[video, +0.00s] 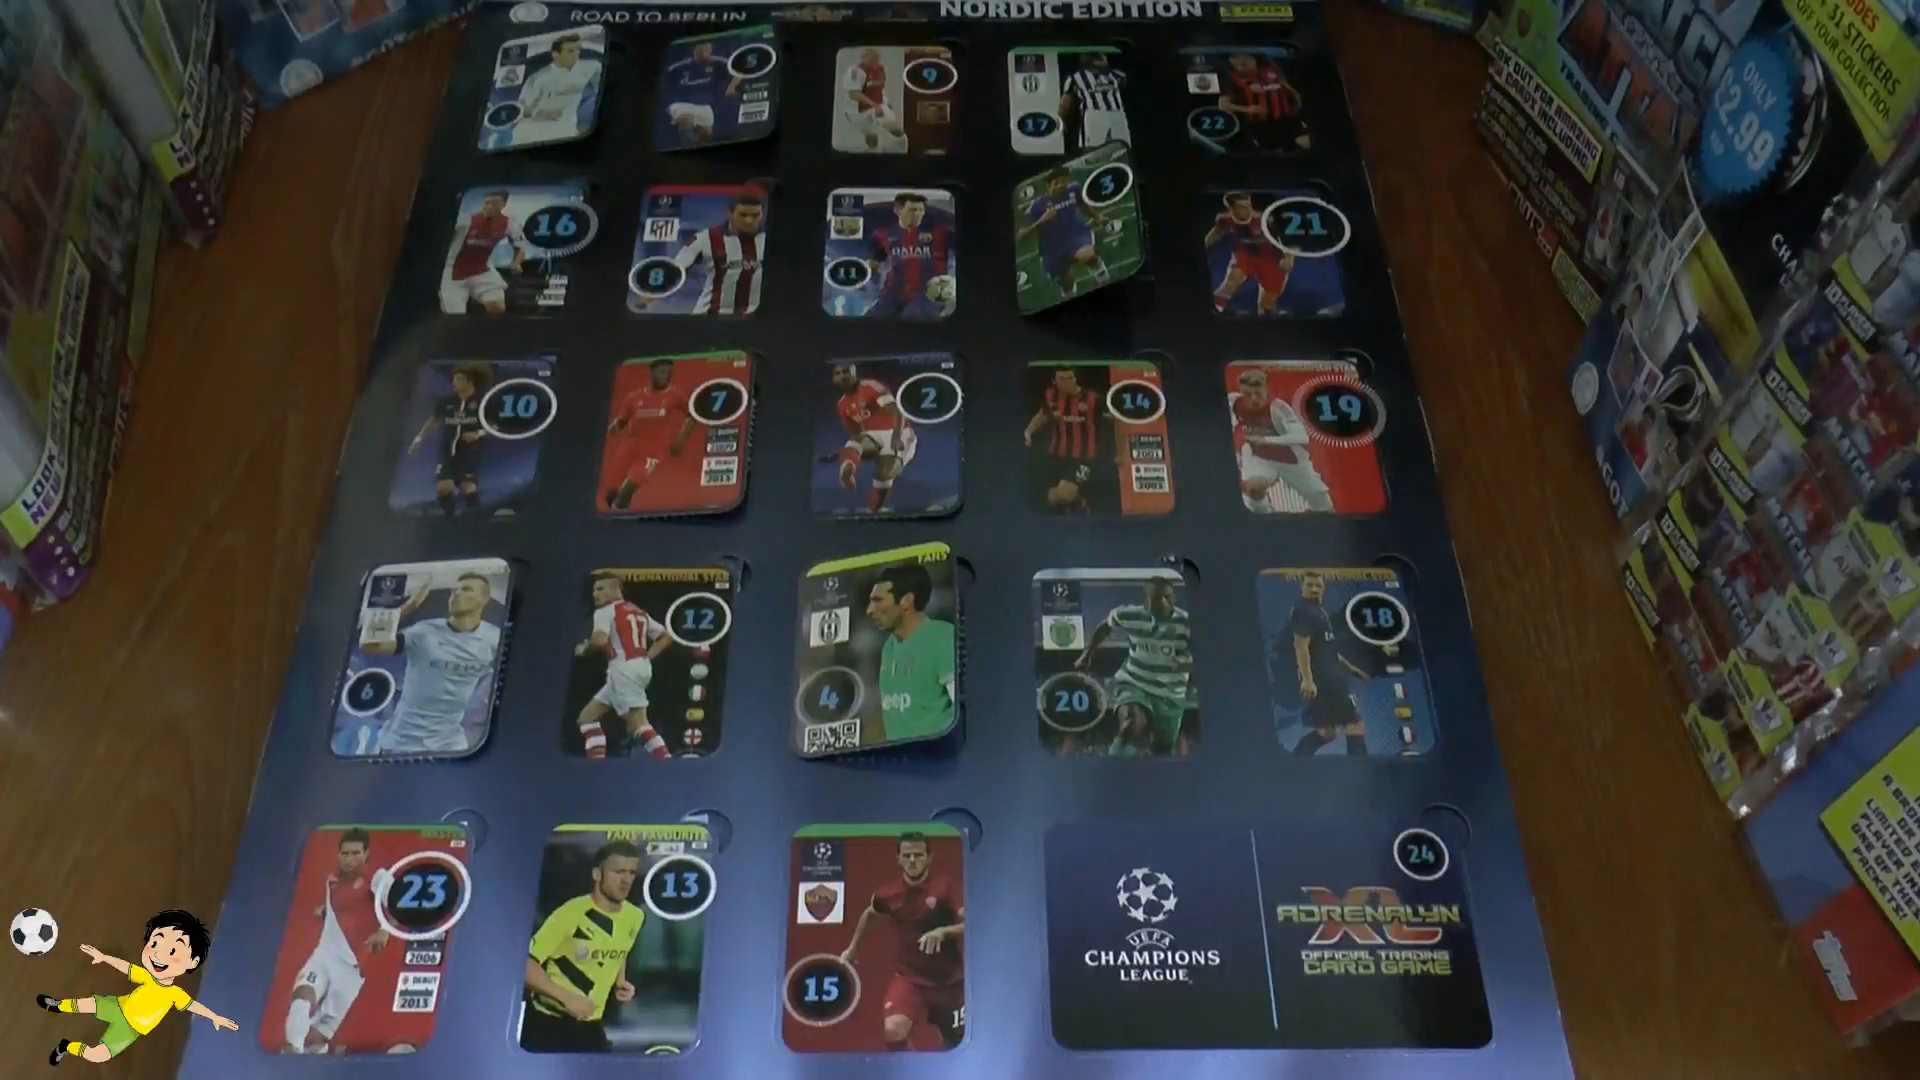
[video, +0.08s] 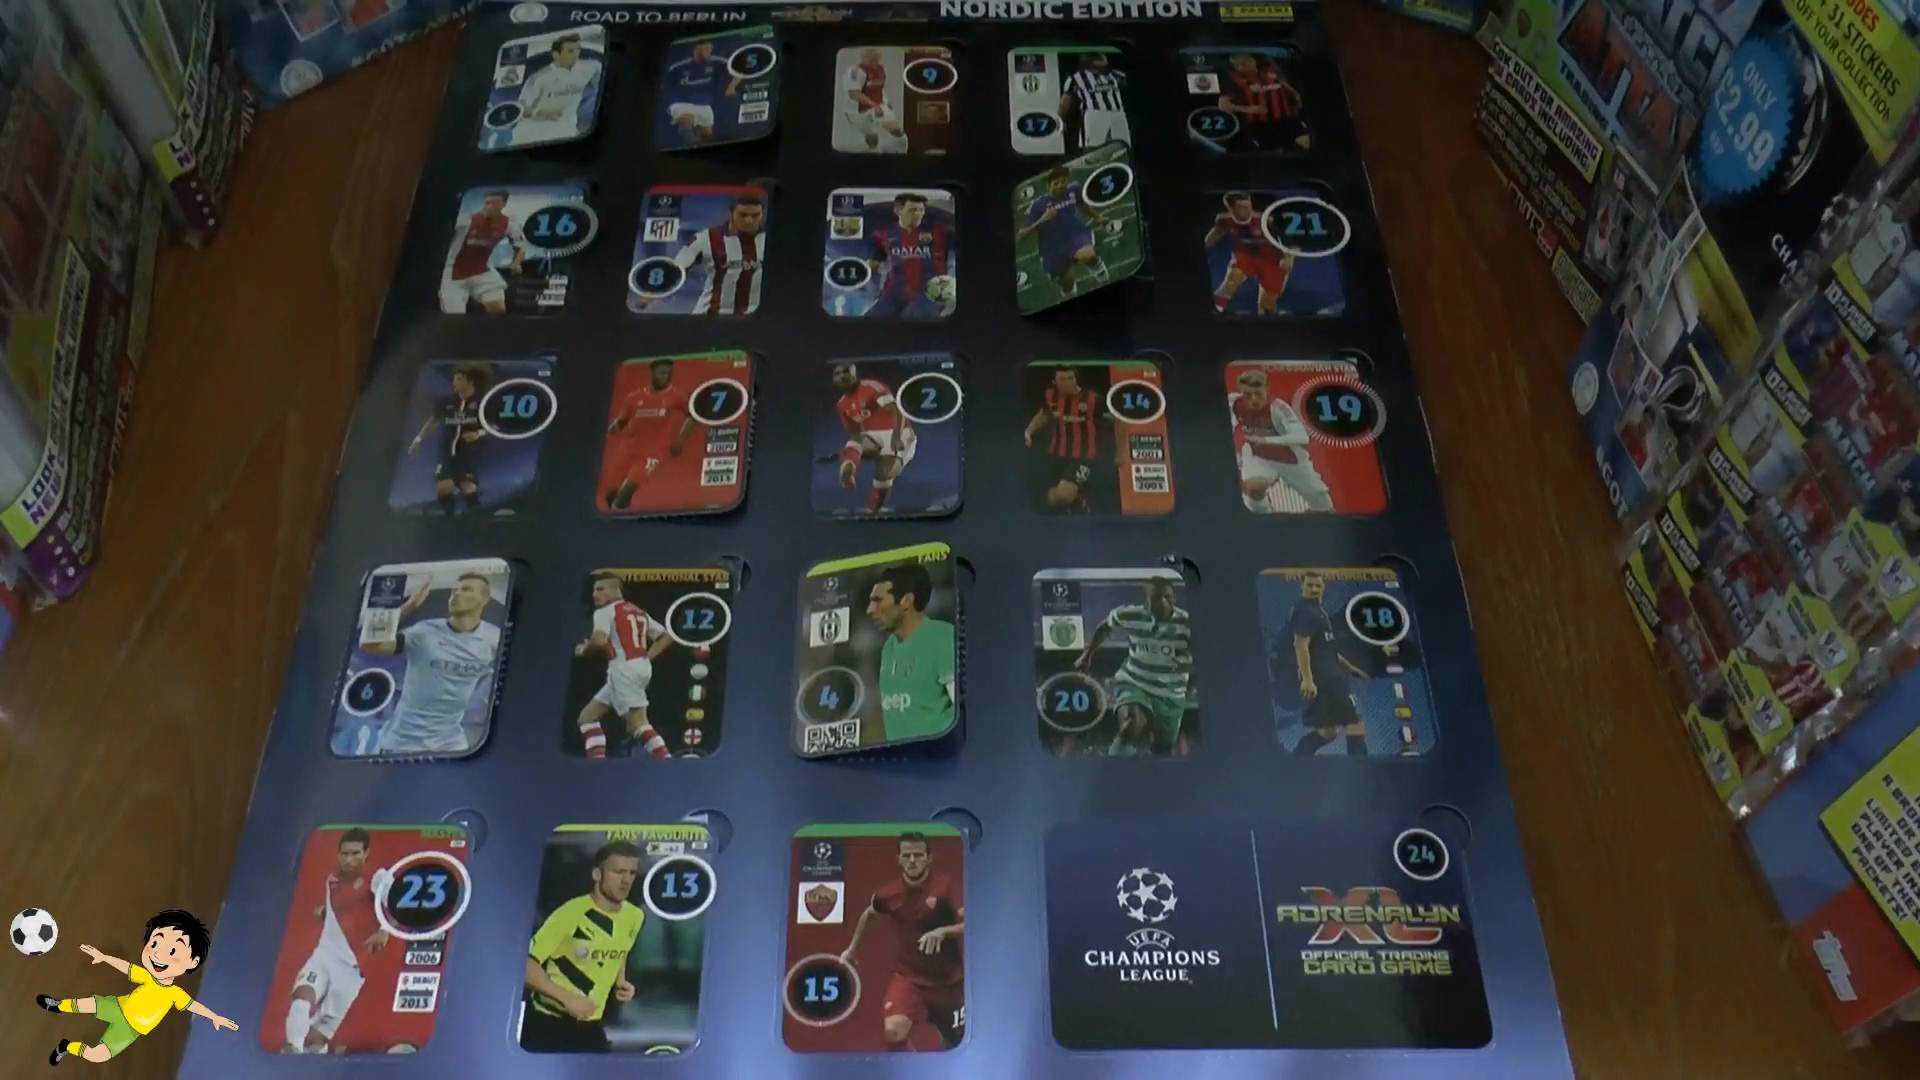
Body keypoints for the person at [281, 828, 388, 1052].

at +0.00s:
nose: (349, 859)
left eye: (355, 853)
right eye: (345, 853)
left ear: (366, 855)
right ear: (338, 854)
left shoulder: (376, 880)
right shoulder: (332, 881)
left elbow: (396, 904)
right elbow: (333, 903)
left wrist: (383, 932)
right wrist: (323, 910)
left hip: (351, 971)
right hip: (324, 956)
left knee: (316, 1038)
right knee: (303, 995)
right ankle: (293, 1048)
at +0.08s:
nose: (349, 860)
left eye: (355, 854)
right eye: (344, 853)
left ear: (366, 855)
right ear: (338, 855)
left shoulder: (376, 879)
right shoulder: (332, 880)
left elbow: (397, 902)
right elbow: (335, 903)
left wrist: (384, 931)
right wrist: (323, 910)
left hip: (351, 971)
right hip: (323, 956)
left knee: (315, 1039)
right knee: (302, 996)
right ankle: (294, 1048)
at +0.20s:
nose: (349, 860)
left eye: (355, 854)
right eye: (344, 853)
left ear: (366, 855)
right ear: (338, 855)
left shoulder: (376, 879)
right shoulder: (332, 880)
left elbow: (397, 903)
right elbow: (334, 903)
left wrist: (384, 931)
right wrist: (323, 910)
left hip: (351, 971)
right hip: (323, 956)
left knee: (315, 1039)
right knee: (302, 996)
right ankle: (294, 1047)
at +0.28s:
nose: (349, 860)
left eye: (355, 854)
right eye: (344, 853)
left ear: (366, 855)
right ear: (338, 855)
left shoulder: (377, 879)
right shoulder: (332, 880)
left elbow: (398, 903)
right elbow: (335, 903)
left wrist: (384, 931)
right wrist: (323, 910)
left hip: (351, 971)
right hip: (323, 956)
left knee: (314, 1039)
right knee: (302, 997)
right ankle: (294, 1049)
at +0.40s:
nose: (348, 860)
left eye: (355, 854)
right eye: (344, 853)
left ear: (365, 854)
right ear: (337, 854)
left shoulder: (376, 879)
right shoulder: (332, 880)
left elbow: (397, 903)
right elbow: (335, 904)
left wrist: (383, 931)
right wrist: (322, 910)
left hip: (350, 971)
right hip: (323, 956)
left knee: (314, 1039)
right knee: (302, 996)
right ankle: (294, 1048)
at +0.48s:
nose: (348, 859)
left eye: (355, 853)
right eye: (344, 853)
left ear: (365, 854)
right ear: (337, 854)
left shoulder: (376, 878)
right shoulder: (332, 880)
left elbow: (397, 902)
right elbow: (335, 903)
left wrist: (383, 930)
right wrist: (322, 910)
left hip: (350, 971)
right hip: (323, 956)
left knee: (314, 1038)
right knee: (302, 996)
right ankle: (293, 1048)